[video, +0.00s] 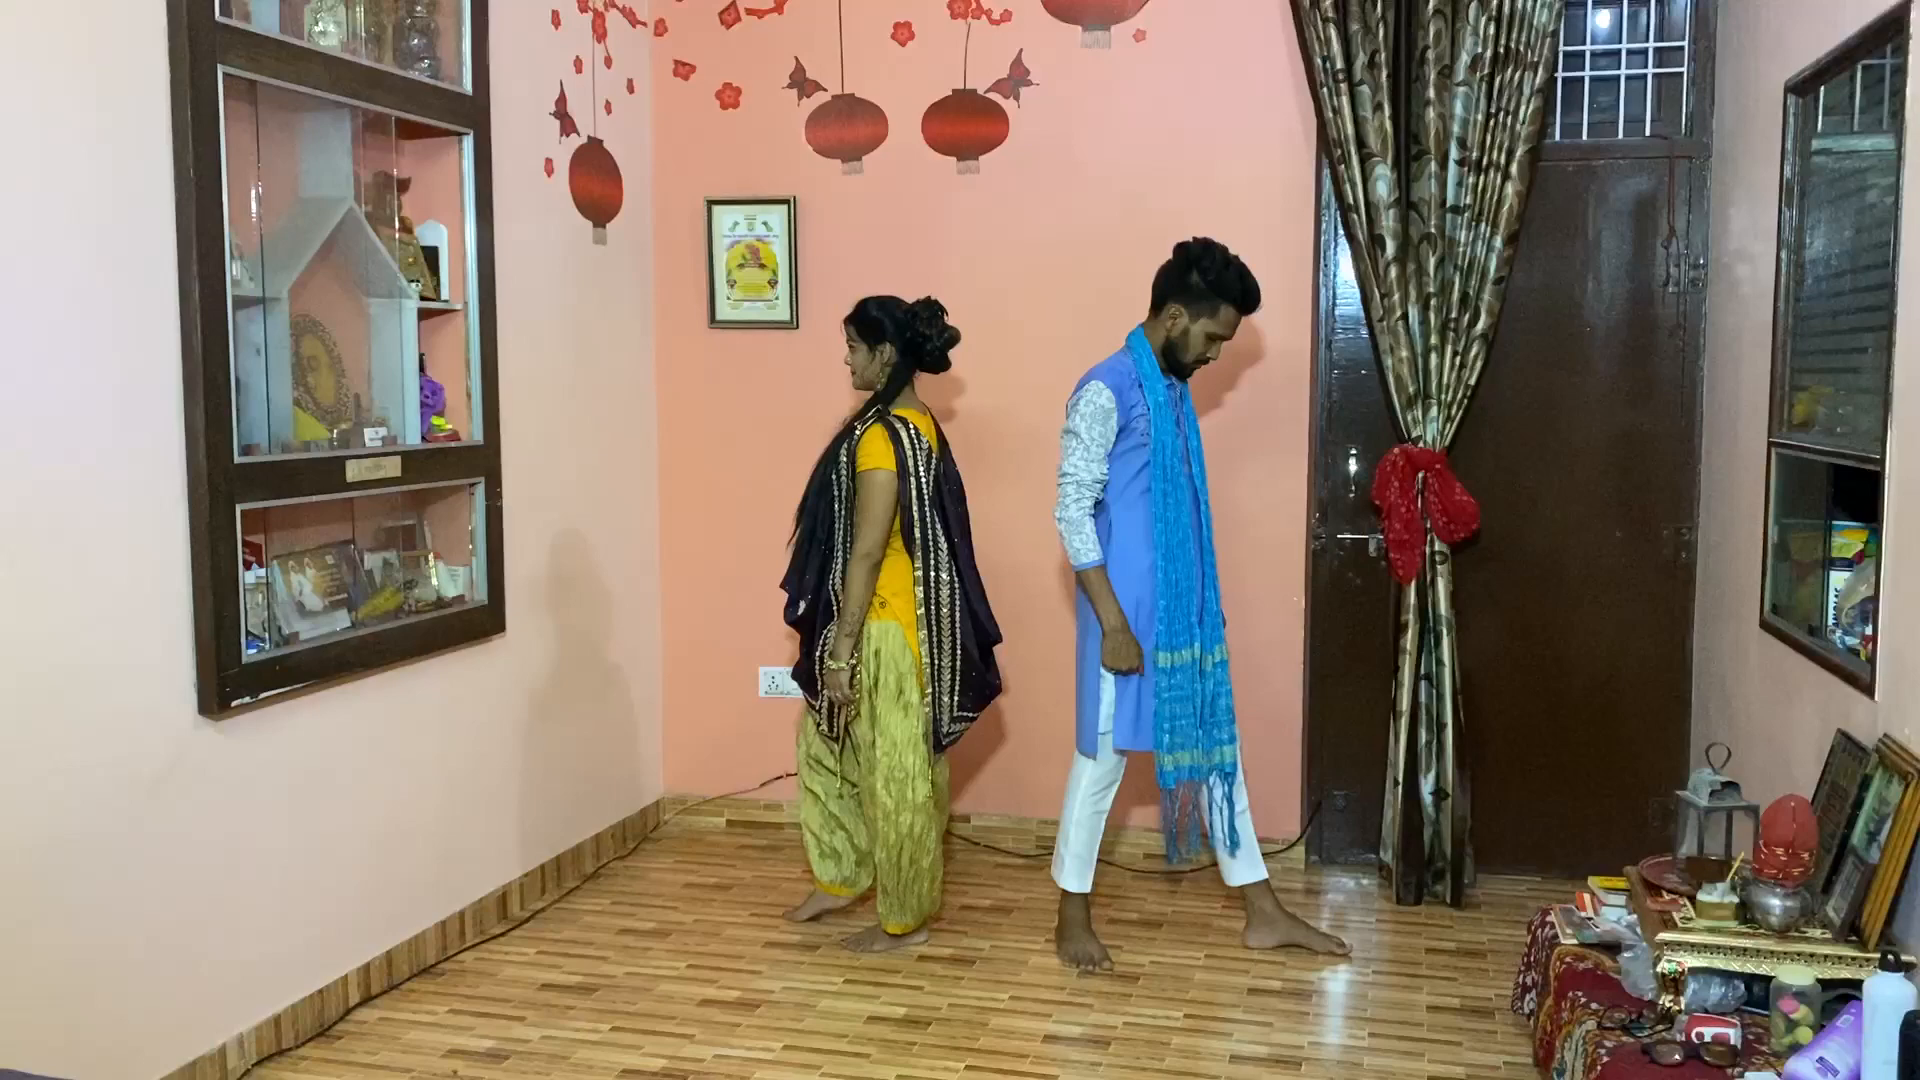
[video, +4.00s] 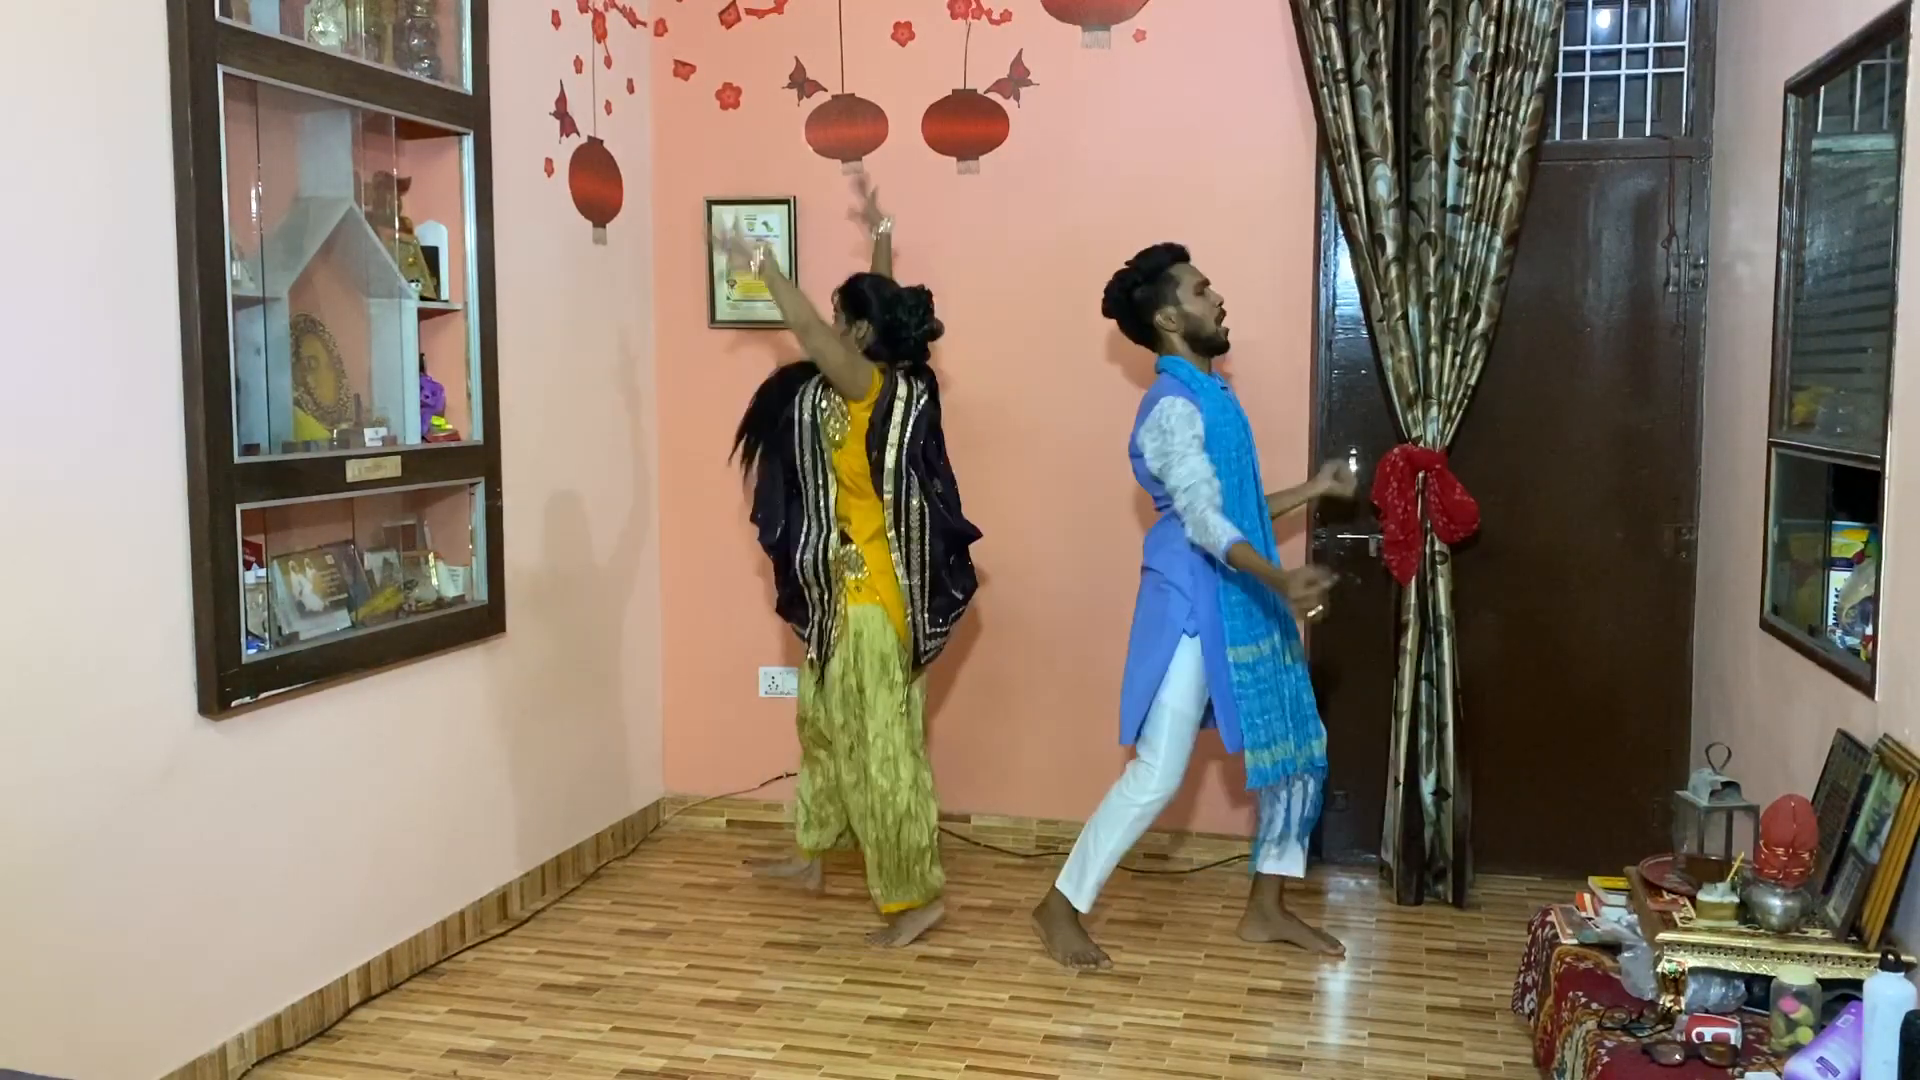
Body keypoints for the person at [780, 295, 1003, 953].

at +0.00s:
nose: (847, 361)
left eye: (855, 349)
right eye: (847, 348)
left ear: (887, 355)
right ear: (895, 356)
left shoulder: (882, 435)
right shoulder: (915, 425)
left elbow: (869, 550)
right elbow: (881, 546)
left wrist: (842, 646)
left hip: (885, 628)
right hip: (883, 619)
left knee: (896, 773)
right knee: (826, 748)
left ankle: (904, 916)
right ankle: (842, 875)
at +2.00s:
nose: (845, 359)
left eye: (854, 347)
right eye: (846, 346)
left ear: (887, 354)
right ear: (894, 354)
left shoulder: (880, 434)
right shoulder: (913, 423)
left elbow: (868, 551)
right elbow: (883, 547)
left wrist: (843, 648)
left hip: (886, 628)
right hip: (884, 618)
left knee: (896, 775)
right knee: (828, 752)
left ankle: (905, 915)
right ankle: (842, 878)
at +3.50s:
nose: (842, 359)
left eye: (850, 349)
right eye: (845, 348)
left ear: (880, 357)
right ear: (888, 358)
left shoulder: (877, 439)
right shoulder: (908, 426)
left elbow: (867, 558)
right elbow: (892, 552)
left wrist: (788, 618)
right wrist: (811, 614)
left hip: (880, 630)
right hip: (885, 623)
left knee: (889, 772)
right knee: (818, 745)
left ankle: (907, 915)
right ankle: (845, 880)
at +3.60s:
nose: (842, 374)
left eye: (849, 364)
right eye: (844, 363)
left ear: (878, 373)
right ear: (886, 374)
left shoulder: (884, 451)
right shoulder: (904, 437)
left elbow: (839, 548)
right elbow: (865, 511)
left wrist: (775, 519)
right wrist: (805, 499)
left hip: (883, 638)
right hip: (877, 629)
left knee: (883, 775)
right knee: (801, 742)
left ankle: (907, 917)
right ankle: (842, 884)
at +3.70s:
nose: (844, 371)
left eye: (852, 361)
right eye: (848, 360)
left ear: (880, 369)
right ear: (891, 372)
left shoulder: (890, 436)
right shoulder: (886, 432)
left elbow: (783, 423)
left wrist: (822, 408)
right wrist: (834, 414)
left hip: (879, 633)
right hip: (847, 628)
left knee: (879, 776)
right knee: (809, 763)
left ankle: (909, 916)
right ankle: (844, 890)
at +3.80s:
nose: (840, 333)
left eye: (848, 322)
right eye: (842, 323)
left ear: (873, 332)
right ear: (895, 335)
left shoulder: (874, 390)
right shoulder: (905, 400)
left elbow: (810, 313)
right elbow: (882, 317)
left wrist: (761, 257)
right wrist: (843, 266)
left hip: (865, 601)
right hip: (849, 598)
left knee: (882, 752)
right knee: (825, 739)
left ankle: (903, 908)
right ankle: (837, 868)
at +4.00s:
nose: (827, 330)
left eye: (835, 320)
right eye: (829, 320)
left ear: (864, 332)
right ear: (883, 334)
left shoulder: (868, 388)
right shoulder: (892, 382)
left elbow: (820, 342)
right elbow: (886, 306)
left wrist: (774, 278)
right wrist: (878, 229)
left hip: (871, 591)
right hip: (848, 586)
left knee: (879, 742)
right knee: (822, 723)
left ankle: (918, 895)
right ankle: (810, 855)